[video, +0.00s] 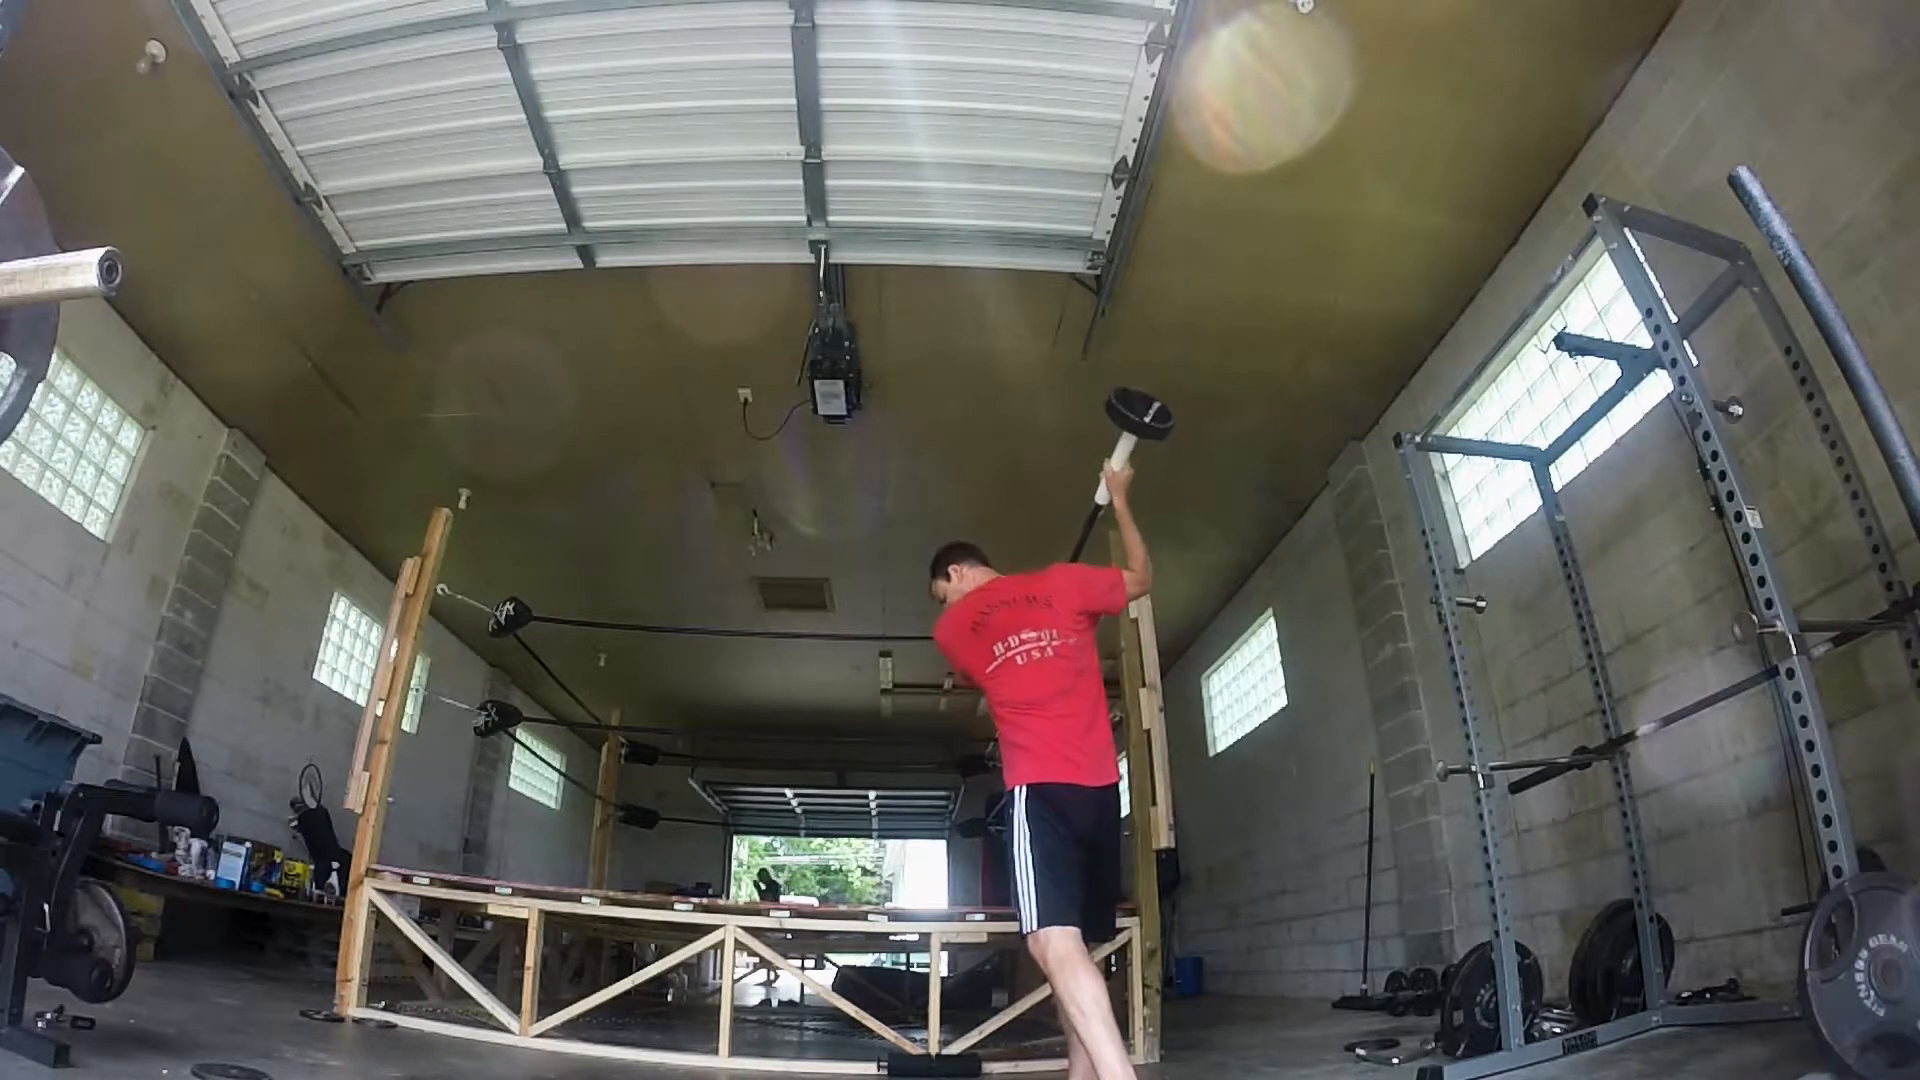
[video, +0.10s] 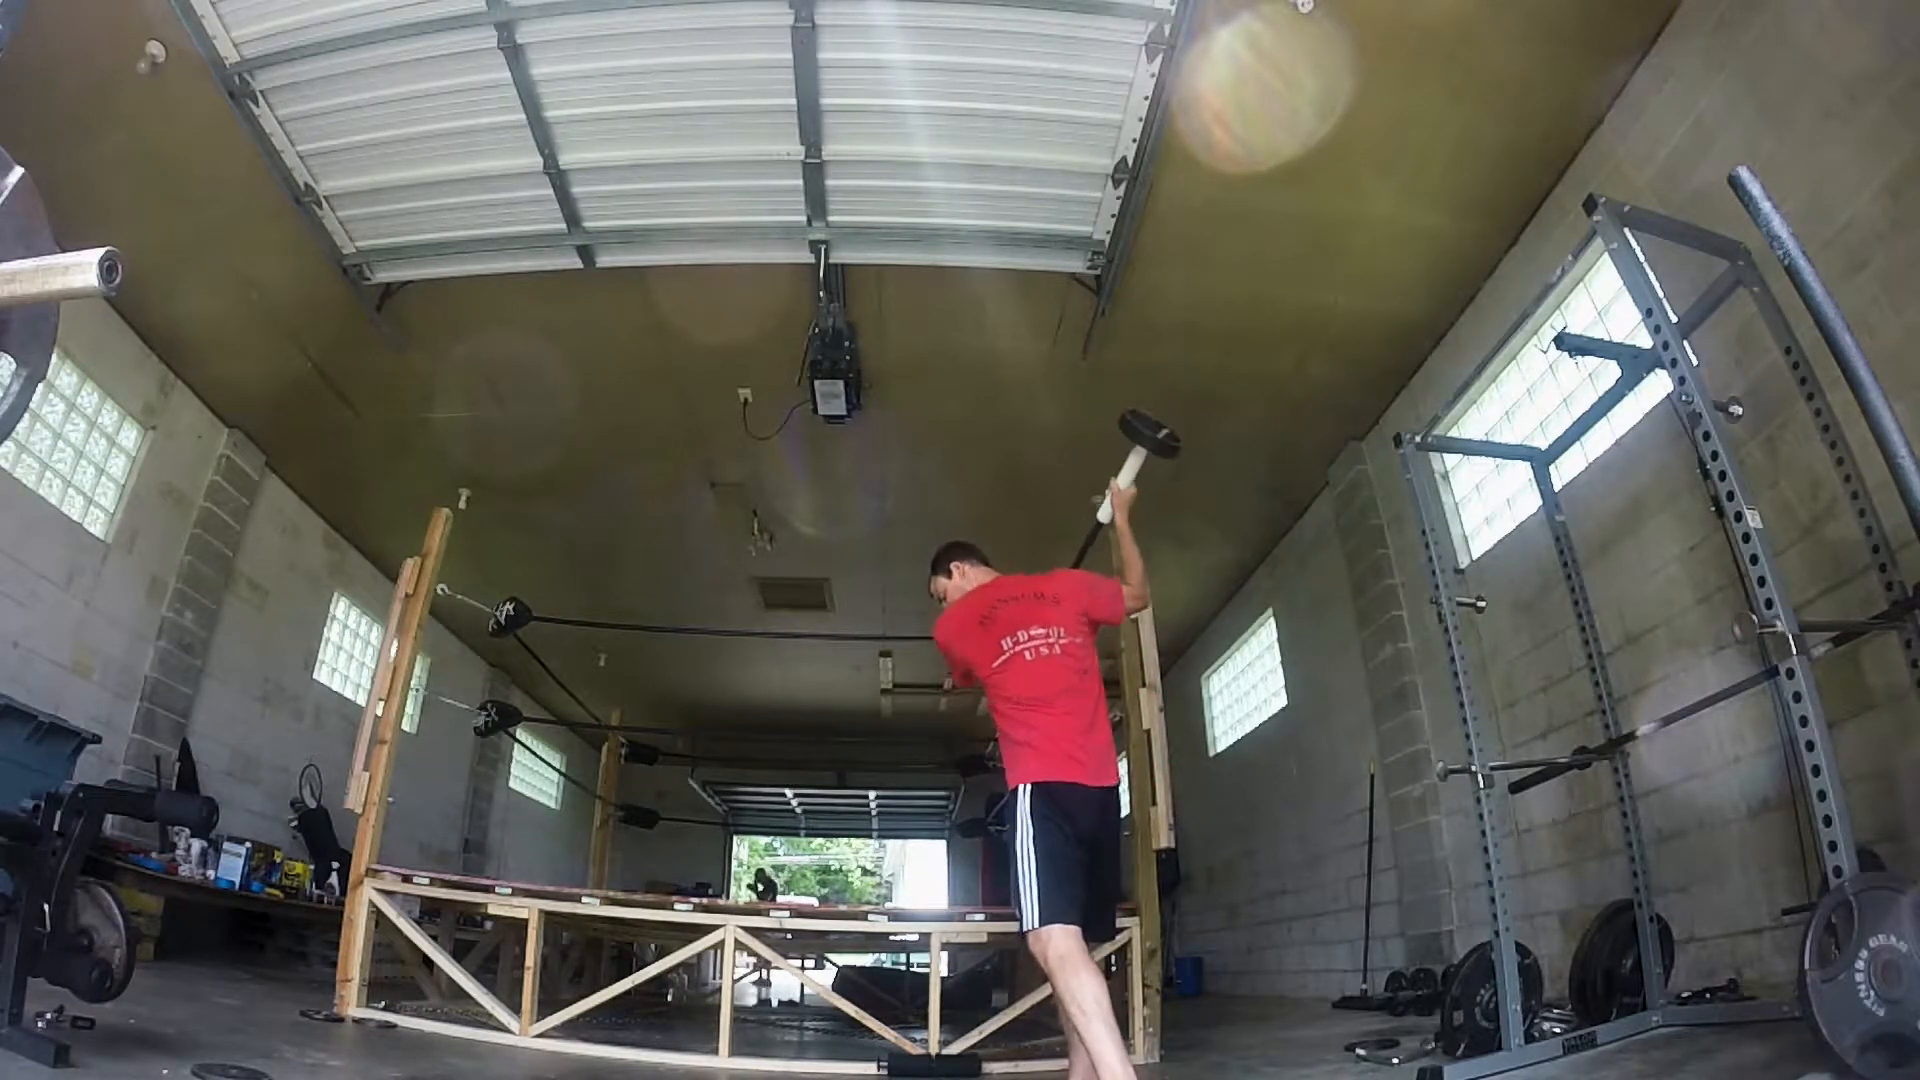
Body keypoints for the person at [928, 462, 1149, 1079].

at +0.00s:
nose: (945, 606)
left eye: (941, 595)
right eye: (941, 598)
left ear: (957, 576)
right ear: (984, 568)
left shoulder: (954, 627)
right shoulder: (1063, 579)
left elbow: (983, 675)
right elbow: (1139, 578)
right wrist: (1120, 502)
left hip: (1038, 791)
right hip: (1102, 788)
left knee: (1055, 942)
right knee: (1080, 945)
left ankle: (1120, 1076)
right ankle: (1081, 1073)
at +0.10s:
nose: (941, 606)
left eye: (938, 596)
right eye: (938, 598)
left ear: (956, 573)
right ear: (981, 566)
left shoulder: (958, 619)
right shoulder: (1068, 583)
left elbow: (965, 682)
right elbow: (1137, 595)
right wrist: (1122, 520)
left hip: (1041, 785)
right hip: (1102, 785)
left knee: (1055, 940)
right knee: (1080, 942)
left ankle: (1119, 1075)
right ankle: (1081, 1073)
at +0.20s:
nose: (944, 604)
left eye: (941, 593)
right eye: (940, 599)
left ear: (961, 568)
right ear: (980, 567)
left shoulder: (958, 617)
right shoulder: (1070, 587)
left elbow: (959, 700)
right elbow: (1132, 616)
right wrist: (1121, 545)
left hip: (1045, 779)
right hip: (1101, 783)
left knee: (1055, 938)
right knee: (1067, 938)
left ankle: (1120, 1074)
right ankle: (1082, 1071)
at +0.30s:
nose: (941, 600)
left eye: (940, 589)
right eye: (937, 594)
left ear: (963, 563)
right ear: (980, 564)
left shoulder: (963, 611)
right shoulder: (1070, 591)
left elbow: (948, 700)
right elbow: (1124, 635)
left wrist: (985, 708)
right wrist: (1119, 578)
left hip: (1049, 775)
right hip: (1100, 779)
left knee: (1056, 931)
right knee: (1073, 938)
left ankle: (1121, 1074)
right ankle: (1082, 1073)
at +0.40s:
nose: (946, 598)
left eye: (943, 586)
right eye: (940, 592)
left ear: (965, 558)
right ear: (982, 560)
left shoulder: (967, 605)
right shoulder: (1068, 595)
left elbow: (939, 710)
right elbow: (1117, 656)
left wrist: (961, 731)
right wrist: (1107, 612)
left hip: (1055, 774)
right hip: (1101, 777)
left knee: (1061, 929)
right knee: (1074, 936)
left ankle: (1122, 1074)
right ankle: (1083, 1073)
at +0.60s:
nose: (956, 595)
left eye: (954, 582)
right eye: (949, 589)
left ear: (977, 555)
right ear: (990, 558)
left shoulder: (991, 596)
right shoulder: (1060, 596)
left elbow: (959, 710)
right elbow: (1074, 687)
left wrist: (953, 762)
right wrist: (1018, 743)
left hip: (1077, 770)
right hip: (1100, 768)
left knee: (1081, 928)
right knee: (1063, 931)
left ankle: (1126, 1074)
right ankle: (1084, 1071)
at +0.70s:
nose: (959, 594)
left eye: (958, 579)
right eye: (952, 589)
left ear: (986, 556)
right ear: (987, 562)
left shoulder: (1012, 589)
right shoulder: (1044, 596)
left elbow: (991, 695)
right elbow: (1068, 692)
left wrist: (968, 760)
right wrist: (1039, 764)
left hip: (1094, 767)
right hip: (1076, 775)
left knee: (1088, 927)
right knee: (1061, 932)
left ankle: (1126, 1074)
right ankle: (1085, 1071)